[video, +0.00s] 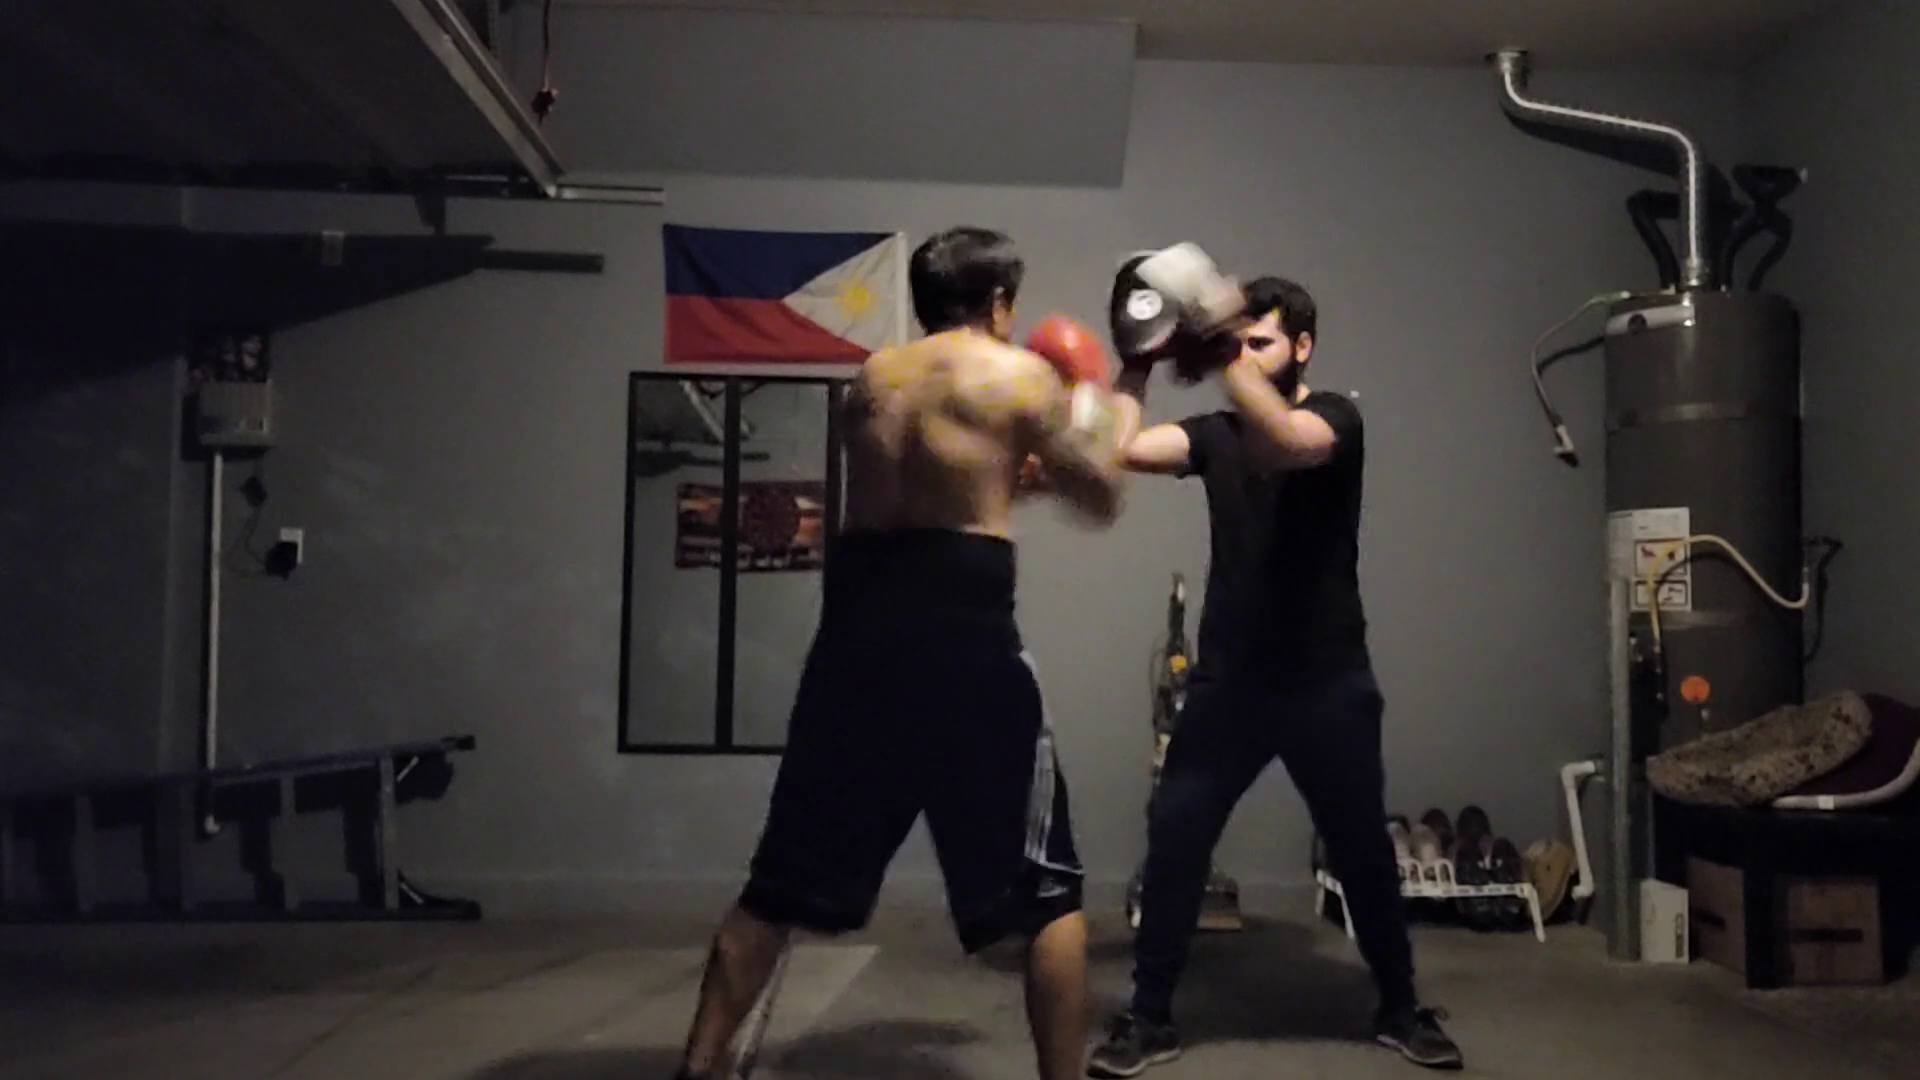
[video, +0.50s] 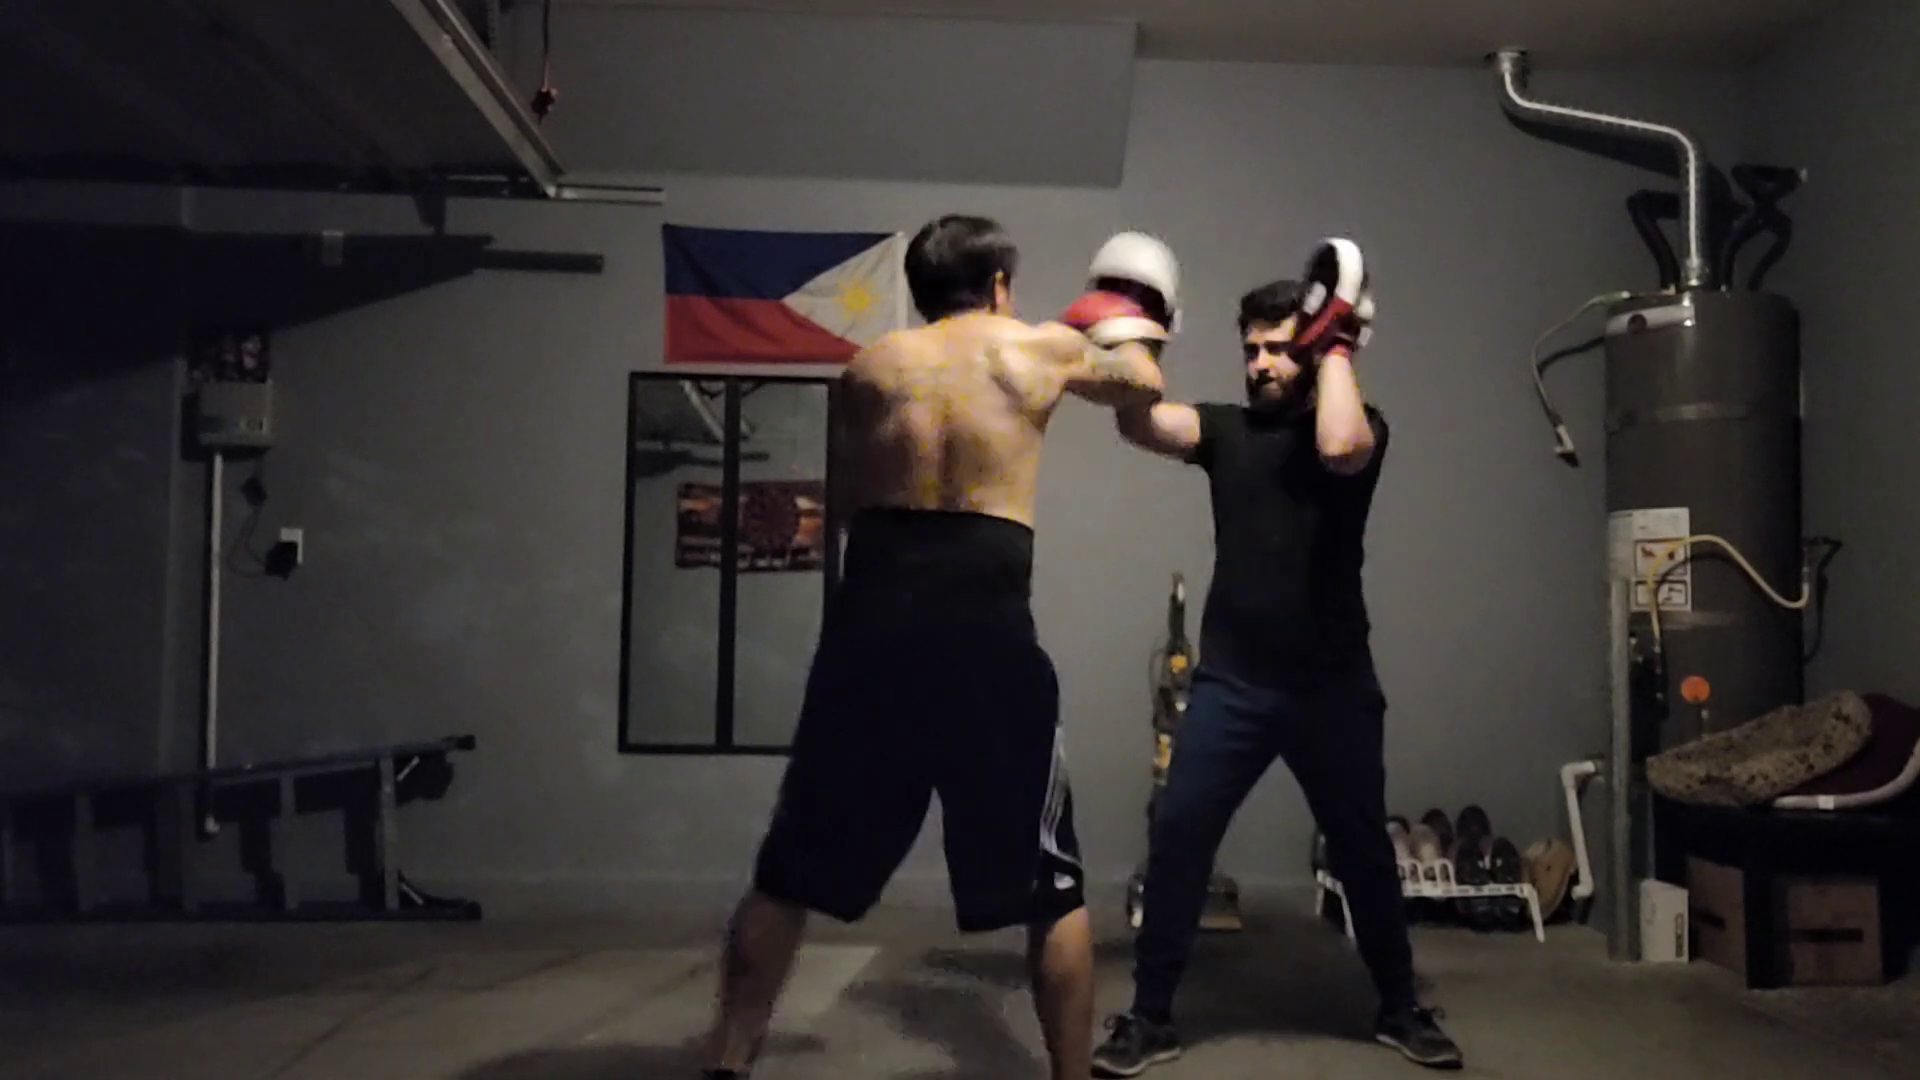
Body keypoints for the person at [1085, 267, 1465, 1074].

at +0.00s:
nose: (1239, 357)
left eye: (1255, 342)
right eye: (1231, 346)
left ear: (1300, 346)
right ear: (1220, 353)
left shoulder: (1337, 416)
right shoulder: (1216, 431)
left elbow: (1289, 438)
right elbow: (1117, 447)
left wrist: (1232, 362)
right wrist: (1135, 361)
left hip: (1326, 681)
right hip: (1229, 681)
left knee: (1363, 848)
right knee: (1177, 827)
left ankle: (1401, 1009)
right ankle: (1150, 1012)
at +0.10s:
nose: (1246, 359)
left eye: (1262, 344)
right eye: (1237, 347)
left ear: (1300, 347)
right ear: (1228, 354)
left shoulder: (1341, 420)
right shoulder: (1215, 428)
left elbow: (1314, 447)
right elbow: (1128, 446)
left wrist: (1300, 348)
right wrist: (1128, 361)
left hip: (1331, 684)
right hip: (1233, 683)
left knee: (1365, 852)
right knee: (1180, 825)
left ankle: (1400, 1007)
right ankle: (1151, 1013)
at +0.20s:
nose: (1265, 353)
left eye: (1279, 337)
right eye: (1253, 341)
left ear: (1308, 347)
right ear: (1236, 353)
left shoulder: (1342, 419)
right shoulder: (1222, 426)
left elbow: (1291, 452)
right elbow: (1139, 441)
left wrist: (1282, 363)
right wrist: (1120, 373)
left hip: (1330, 683)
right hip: (1233, 682)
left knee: (1364, 849)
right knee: (1180, 827)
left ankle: (1400, 1009)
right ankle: (1150, 1014)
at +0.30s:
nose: (1251, 361)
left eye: (1266, 347)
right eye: (1242, 350)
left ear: (1308, 349)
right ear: (1234, 356)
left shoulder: (1339, 419)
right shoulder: (1226, 423)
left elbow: (1294, 445)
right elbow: (1144, 446)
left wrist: (1214, 382)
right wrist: (1107, 394)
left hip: (1329, 681)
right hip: (1234, 680)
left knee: (1363, 845)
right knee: (1177, 827)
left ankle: (1400, 1008)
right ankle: (1149, 1016)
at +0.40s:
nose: (1263, 360)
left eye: (1277, 342)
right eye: (1252, 346)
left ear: (1311, 347)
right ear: (1238, 359)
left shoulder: (1351, 422)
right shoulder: (1222, 433)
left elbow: (1328, 444)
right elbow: (1126, 438)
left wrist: (1285, 357)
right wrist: (1152, 354)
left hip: (1330, 686)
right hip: (1232, 684)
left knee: (1364, 853)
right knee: (1176, 832)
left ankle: (1400, 1008)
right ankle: (1150, 1012)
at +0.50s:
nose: (1256, 364)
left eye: (1272, 350)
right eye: (1250, 350)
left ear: (1314, 352)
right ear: (1245, 355)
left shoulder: (1359, 423)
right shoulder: (1227, 425)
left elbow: (1340, 447)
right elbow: (1141, 423)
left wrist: (1336, 348)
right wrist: (1131, 344)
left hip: (1331, 687)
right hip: (1232, 682)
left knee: (1363, 849)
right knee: (1179, 826)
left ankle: (1401, 1007)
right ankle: (1150, 1014)